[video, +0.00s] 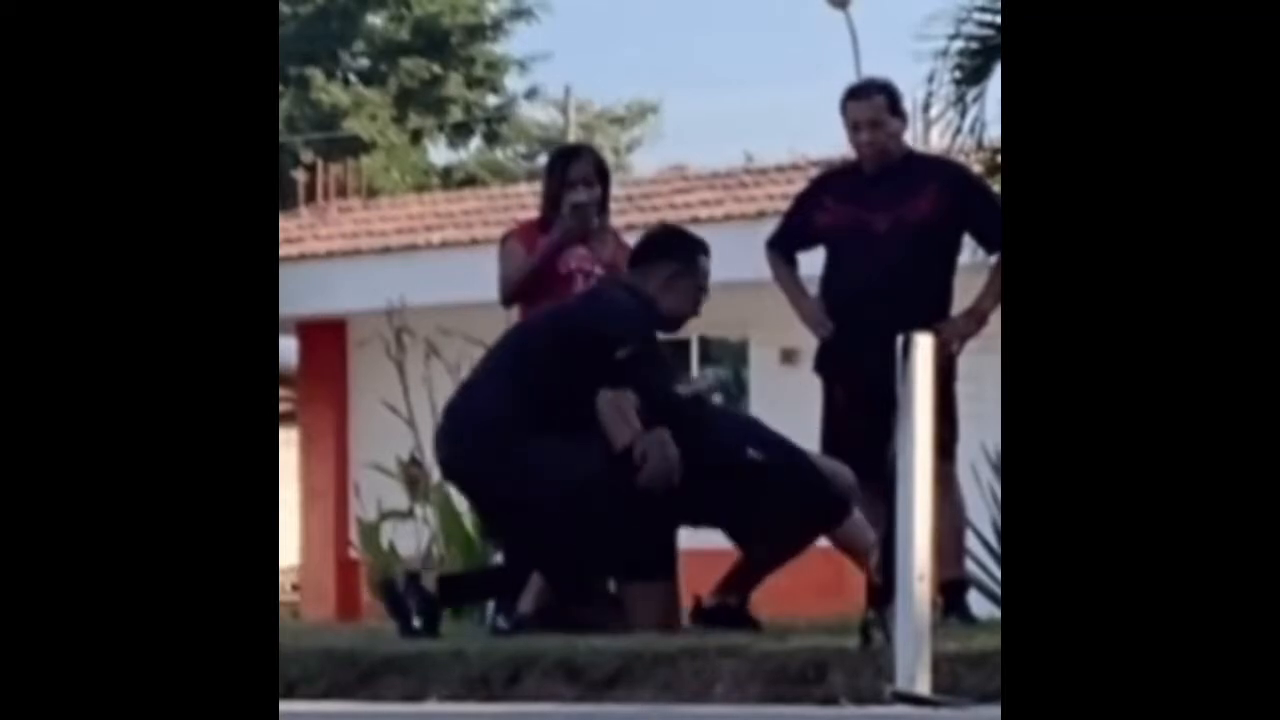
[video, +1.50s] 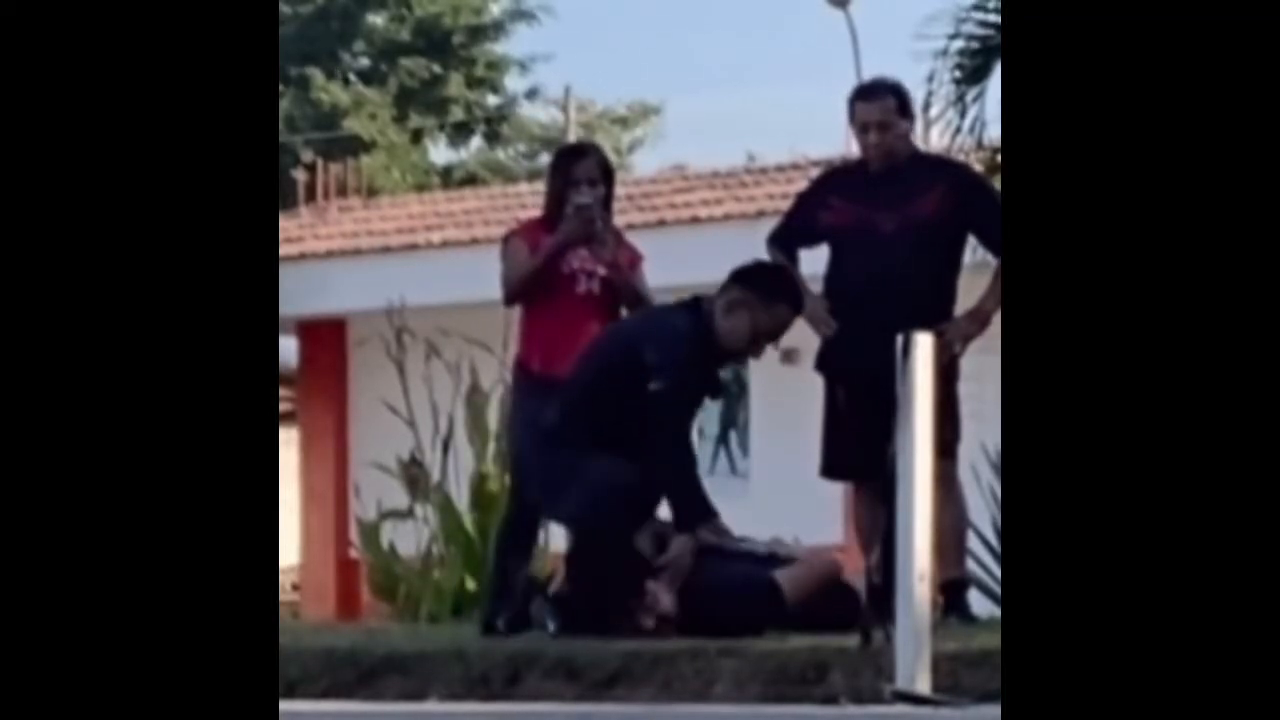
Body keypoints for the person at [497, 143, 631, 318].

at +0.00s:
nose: (581, 195)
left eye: (588, 185)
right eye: (570, 186)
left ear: (603, 189)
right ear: (555, 189)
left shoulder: (610, 241)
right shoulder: (522, 240)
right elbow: (509, 295)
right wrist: (560, 236)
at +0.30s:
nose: (581, 195)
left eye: (590, 184)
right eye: (571, 185)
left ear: (605, 189)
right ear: (555, 188)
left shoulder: (614, 247)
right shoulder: (525, 240)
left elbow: (641, 313)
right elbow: (510, 294)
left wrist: (613, 271)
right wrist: (559, 238)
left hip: (596, 381)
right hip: (539, 380)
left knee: (593, 485)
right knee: (530, 487)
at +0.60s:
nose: (581, 194)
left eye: (589, 185)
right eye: (571, 186)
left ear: (604, 189)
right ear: (555, 189)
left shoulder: (615, 247)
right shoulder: (525, 240)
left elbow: (642, 316)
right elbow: (509, 294)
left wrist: (613, 267)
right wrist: (558, 240)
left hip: (597, 383)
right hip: (539, 381)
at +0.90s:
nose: (584, 195)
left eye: (592, 185)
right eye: (574, 185)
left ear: (607, 189)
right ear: (554, 189)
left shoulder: (617, 250)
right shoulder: (527, 239)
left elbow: (643, 315)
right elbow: (510, 290)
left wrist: (617, 273)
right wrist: (560, 238)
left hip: (595, 384)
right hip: (538, 381)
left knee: (590, 492)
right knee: (529, 493)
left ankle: (583, 596)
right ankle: (503, 594)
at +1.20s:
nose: (587, 194)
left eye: (596, 184)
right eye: (577, 184)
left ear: (611, 190)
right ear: (557, 188)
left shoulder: (621, 251)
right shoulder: (530, 237)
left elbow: (644, 316)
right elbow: (513, 289)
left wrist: (615, 266)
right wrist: (566, 238)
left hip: (598, 387)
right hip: (540, 381)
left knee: (600, 498)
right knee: (527, 498)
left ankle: (593, 605)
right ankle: (504, 607)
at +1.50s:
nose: (587, 195)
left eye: (596, 185)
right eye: (576, 185)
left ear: (610, 190)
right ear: (556, 189)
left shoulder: (620, 250)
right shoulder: (529, 238)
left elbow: (644, 315)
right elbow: (512, 288)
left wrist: (614, 266)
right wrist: (564, 239)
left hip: (598, 386)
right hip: (540, 381)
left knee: (600, 498)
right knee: (527, 498)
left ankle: (591, 605)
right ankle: (503, 608)